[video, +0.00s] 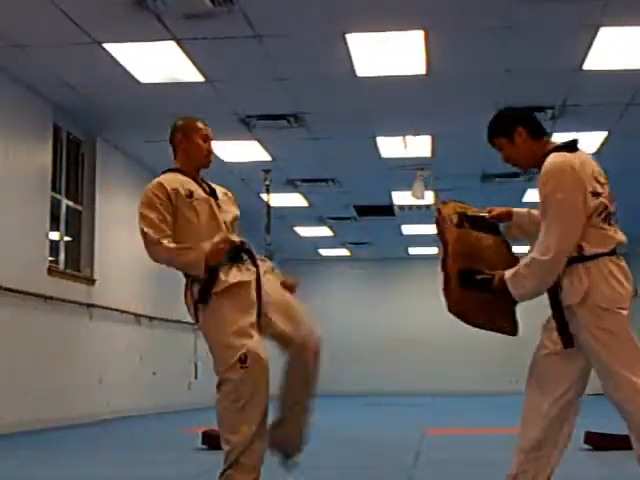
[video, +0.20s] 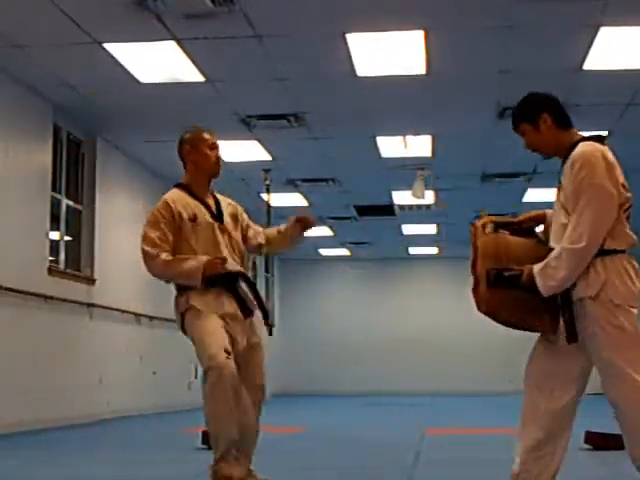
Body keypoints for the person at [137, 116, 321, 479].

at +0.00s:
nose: (211, 146)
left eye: (211, 140)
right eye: (203, 139)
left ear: (204, 146)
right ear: (180, 143)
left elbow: (234, 245)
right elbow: (157, 248)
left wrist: (274, 276)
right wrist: (203, 256)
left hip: (255, 277)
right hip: (217, 287)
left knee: (306, 339)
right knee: (245, 368)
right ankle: (240, 470)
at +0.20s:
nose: (219, 154)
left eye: (218, 148)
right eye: (211, 148)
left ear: (213, 156)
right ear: (188, 154)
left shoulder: (229, 208)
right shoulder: (171, 204)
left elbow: (261, 241)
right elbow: (155, 261)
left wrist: (293, 230)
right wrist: (200, 267)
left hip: (242, 301)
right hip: (201, 300)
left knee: (254, 388)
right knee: (220, 366)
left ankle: (243, 465)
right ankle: (227, 464)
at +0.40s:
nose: (198, 140)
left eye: (198, 134)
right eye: (190, 132)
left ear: (190, 142)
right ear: (166, 137)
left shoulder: (196, 188)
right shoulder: (150, 178)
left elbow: (202, 234)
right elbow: (125, 232)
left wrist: (220, 239)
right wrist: (182, 243)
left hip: (204, 284)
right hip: (171, 280)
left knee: (221, 371)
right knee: (180, 367)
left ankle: (213, 466)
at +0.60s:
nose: (163, 160)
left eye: (163, 154)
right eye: (157, 152)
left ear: (139, 157)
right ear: (133, 155)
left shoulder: (142, 204)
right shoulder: (117, 192)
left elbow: (130, 264)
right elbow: (104, 240)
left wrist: (163, 269)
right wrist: (162, 239)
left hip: (150, 304)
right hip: (123, 304)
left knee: (179, 396)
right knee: (104, 396)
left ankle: (198, 471)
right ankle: (56, 471)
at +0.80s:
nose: (115, 151)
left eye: (115, 145)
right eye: (110, 143)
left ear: (95, 148)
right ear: (87, 145)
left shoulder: (85, 189)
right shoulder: (70, 183)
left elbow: (83, 261)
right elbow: (109, 213)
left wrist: (119, 270)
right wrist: (162, 225)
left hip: (87, 294)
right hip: (66, 293)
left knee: (94, 383)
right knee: (63, 384)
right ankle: (53, 470)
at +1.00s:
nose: (74, 152)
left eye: (74, 146)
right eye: (69, 144)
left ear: (49, 148)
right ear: (47, 146)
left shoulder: (29, 184)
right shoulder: (37, 185)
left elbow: (46, 240)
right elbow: (57, 241)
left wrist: (82, 242)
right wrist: (112, 247)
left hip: (17, 291)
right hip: (23, 293)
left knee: (32, 387)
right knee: (39, 387)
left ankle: (45, 468)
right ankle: (48, 470)